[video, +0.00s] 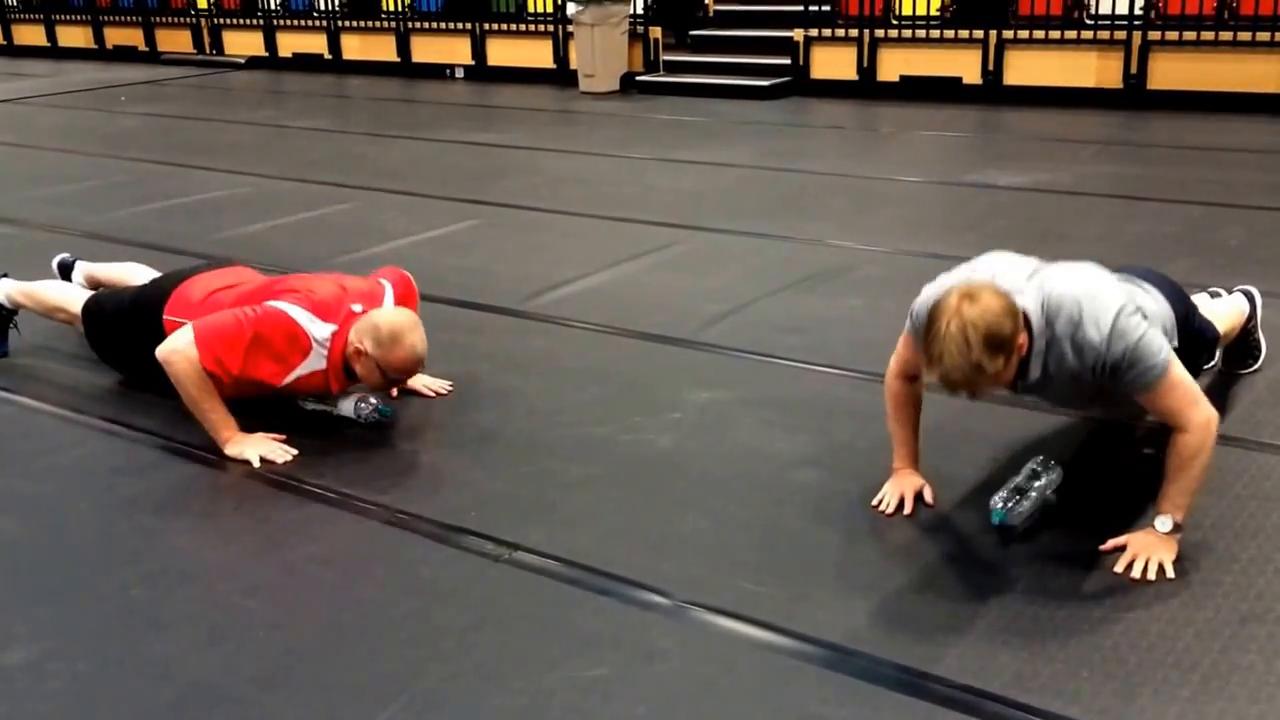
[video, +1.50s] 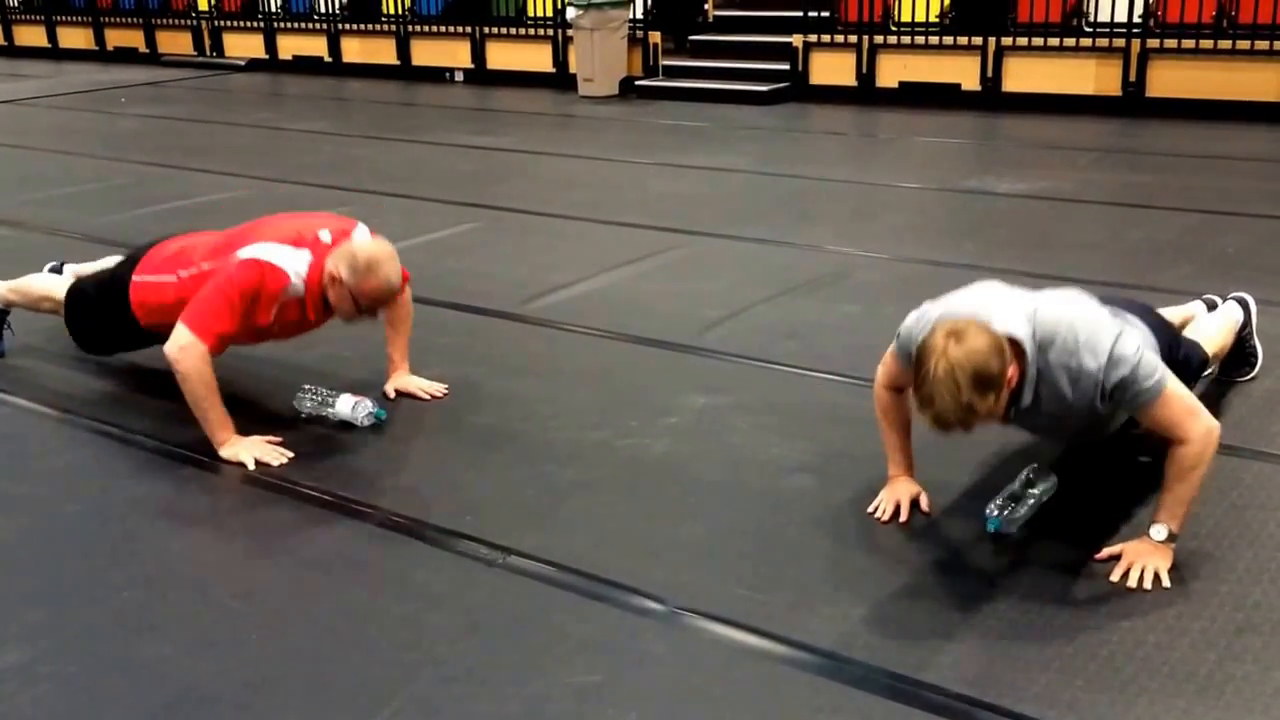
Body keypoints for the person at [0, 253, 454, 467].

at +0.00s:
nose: (389, 388)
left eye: (399, 382)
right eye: (380, 381)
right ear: (356, 346)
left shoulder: (394, 296)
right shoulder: (279, 327)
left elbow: (399, 285)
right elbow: (176, 355)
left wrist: (402, 371)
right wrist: (232, 437)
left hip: (236, 284)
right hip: (173, 310)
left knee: (152, 282)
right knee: (82, 310)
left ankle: (77, 267)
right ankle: (10, 290)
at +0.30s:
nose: (374, 293)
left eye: (386, 284)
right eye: (367, 283)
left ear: (399, 248)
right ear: (338, 258)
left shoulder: (377, 241)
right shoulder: (263, 262)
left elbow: (403, 298)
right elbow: (196, 343)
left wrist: (403, 367)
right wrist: (232, 437)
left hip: (214, 251)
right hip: (159, 271)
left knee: (125, 282)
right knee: (81, 291)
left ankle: (77, 279)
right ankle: (10, 290)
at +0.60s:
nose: (372, 305)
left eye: (383, 295)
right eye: (364, 295)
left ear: (392, 264)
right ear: (336, 270)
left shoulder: (367, 231)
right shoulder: (260, 266)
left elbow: (397, 292)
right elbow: (188, 345)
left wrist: (403, 368)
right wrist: (229, 437)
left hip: (198, 250)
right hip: (149, 279)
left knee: (119, 275)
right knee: (73, 293)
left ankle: (74, 275)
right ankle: (5, 291)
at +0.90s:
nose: (368, 389)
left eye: (381, 383)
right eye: (363, 381)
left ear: (407, 328)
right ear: (344, 348)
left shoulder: (394, 297)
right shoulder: (270, 331)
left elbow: (399, 287)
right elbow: (166, 362)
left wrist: (395, 372)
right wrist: (229, 439)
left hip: (224, 289)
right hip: (162, 318)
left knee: (144, 290)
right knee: (74, 315)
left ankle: (71, 272)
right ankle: (8, 292)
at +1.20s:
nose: (358, 280)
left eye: (368, 270)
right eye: (350, 268)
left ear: (380, 242)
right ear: (323, 239)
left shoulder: (362, 235)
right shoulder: (249, 248)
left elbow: (390, 296)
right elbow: (196, 341)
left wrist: (400, 370)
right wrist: (228, 439)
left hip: (203, 266)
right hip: (147, 273)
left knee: (108, 288)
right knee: (74, 295)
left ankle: (68, 277)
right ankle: (9, 290)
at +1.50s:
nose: (363, 315)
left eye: (375, 306)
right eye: (358, 305)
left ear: (390, 282)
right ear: (333, 279)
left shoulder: (368, 250)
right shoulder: (258, 274)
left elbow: (400, 294)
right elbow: (185, 352)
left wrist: (401, 369)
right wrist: (228, 440)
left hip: (193, 259)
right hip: (142, 290)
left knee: (121, 272)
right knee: (69, 298)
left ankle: (73, 272)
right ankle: (5, 292)